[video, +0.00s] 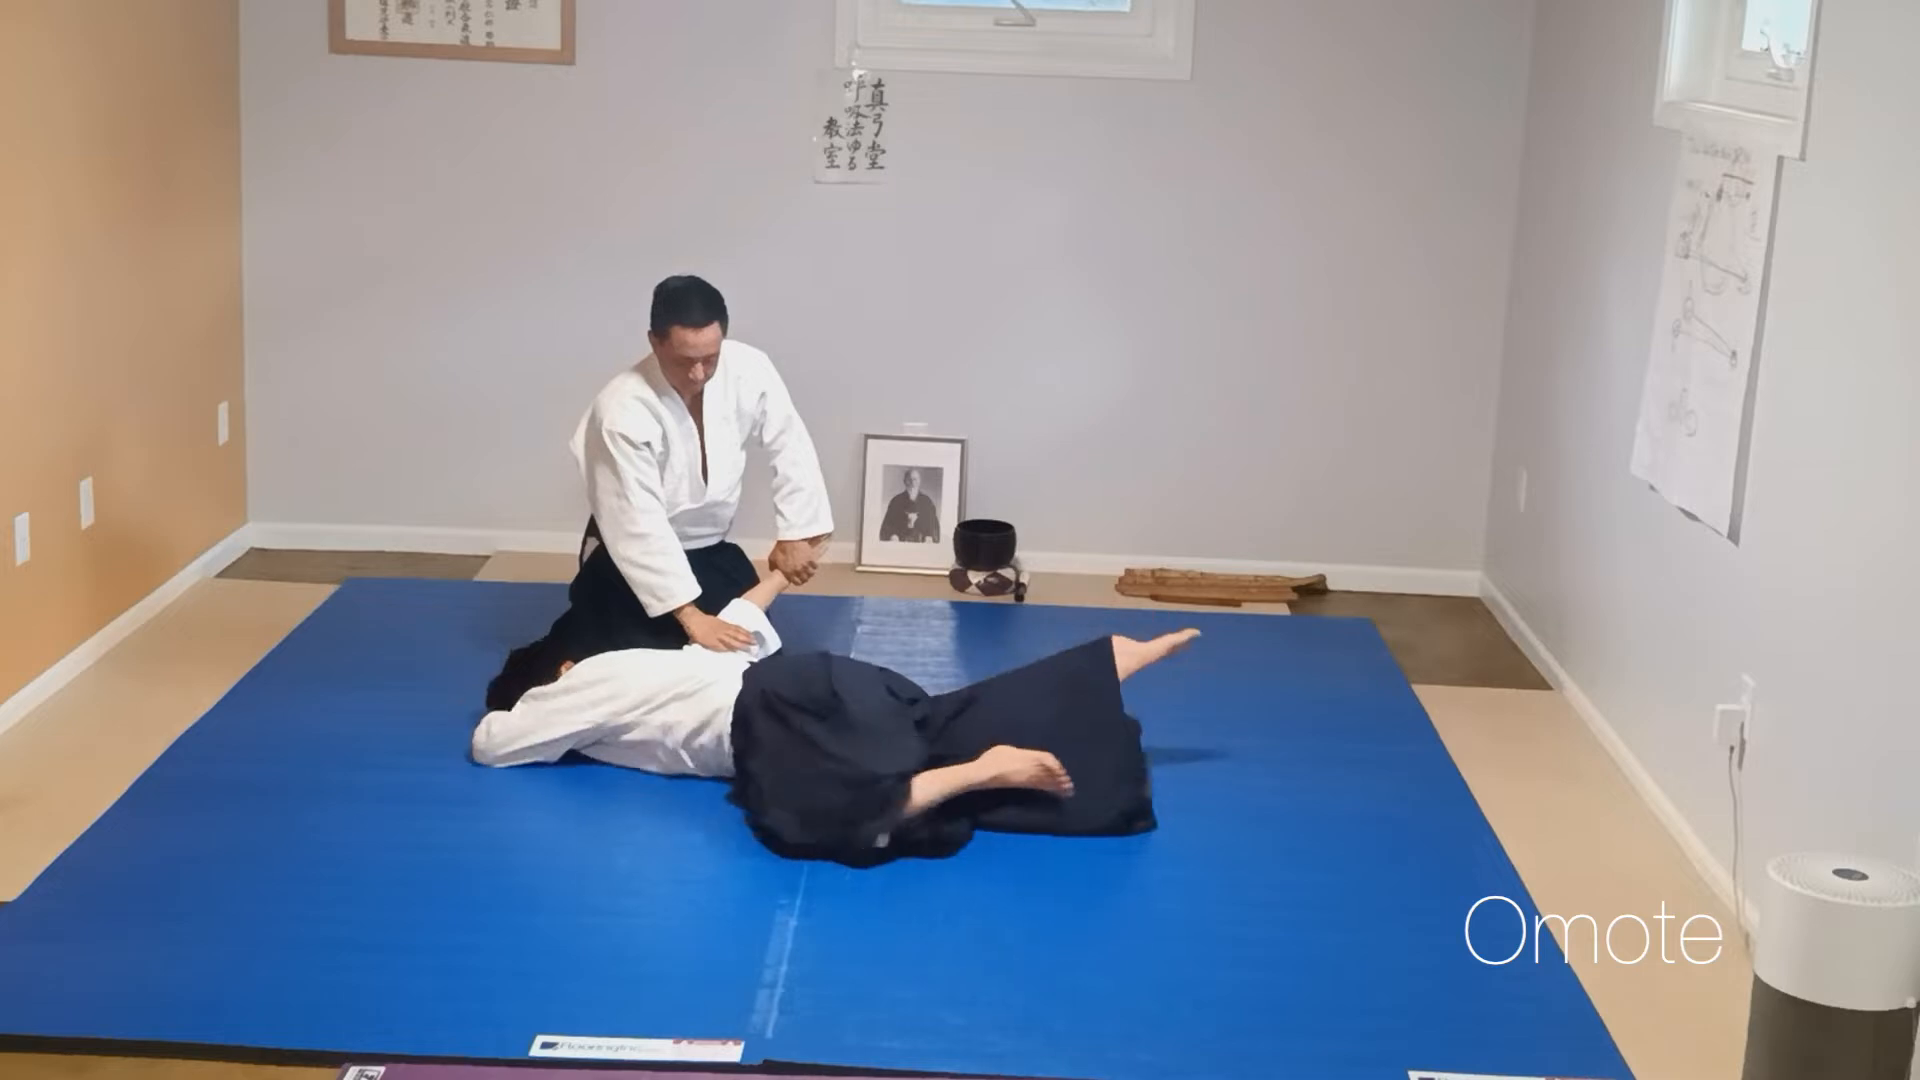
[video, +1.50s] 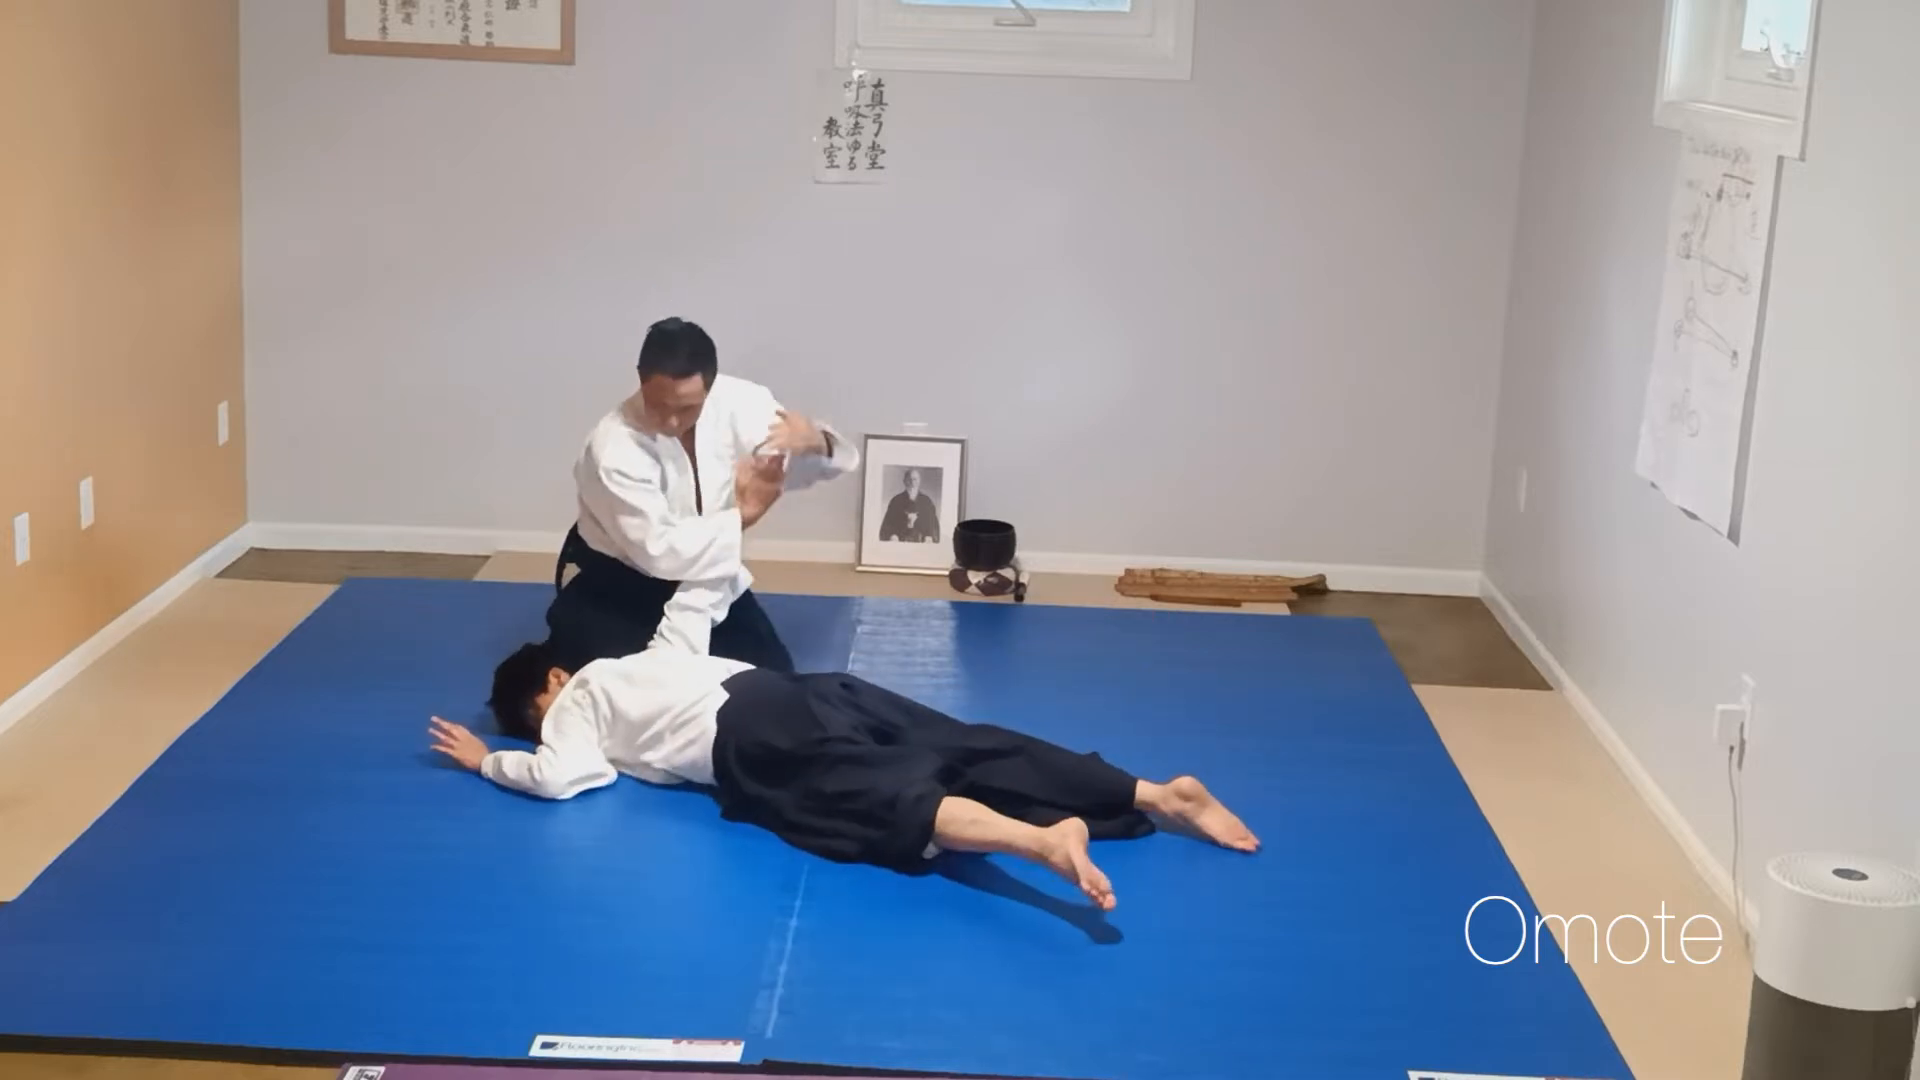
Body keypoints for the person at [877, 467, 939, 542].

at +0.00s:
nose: (912, 482)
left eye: (915, 479)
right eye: (909, 480)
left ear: (919, 481)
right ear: (905, 482)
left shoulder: (926, 501)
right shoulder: (897, 501)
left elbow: (933, 523)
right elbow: (887, 525)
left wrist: (930, 537)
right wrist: (892, 536)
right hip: (899, 544)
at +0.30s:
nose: (913, 482)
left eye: (915, 479)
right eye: (910, 479)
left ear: (919, 481)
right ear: (905, 482)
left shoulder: (926, 501)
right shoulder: (896, 501)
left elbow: (933, 523)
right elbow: (886, 526)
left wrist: (930, 537)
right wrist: (892, 536)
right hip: (899, 543)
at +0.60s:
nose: (913, 482)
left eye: (915, 479)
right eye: (910, 479)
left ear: (919, 481)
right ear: (905, 482)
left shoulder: (926, 501)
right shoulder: (897, 501)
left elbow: (933, 523)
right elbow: (887, 526)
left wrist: (930, 537)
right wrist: (892, 536)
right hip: (899, 543)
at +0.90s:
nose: (912, 482)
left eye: (915, 479)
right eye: (909, 480)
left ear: (919, 481)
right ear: (905, 482)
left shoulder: (926, 501)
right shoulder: (897, 501)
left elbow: (933, 523)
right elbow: (887, 525)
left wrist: (930, 537)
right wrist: (892, 536)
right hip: (899, 544)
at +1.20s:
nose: (912, 482)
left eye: (915, 479)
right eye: (909, 479)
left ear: (919, 481)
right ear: (905, 482)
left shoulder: (926, 501)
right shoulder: (896, 501)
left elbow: (933, 523)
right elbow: (886, 526)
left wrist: (930, 537)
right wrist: (892, 536)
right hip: (899, 544)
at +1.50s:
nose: (912, 482)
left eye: (915, 479)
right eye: (909, 480)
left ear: (919, 481)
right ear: (904, 482)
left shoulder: (926, 501)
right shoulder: (896, 500)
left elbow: (932, 523)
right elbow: (887, 525)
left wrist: (930, 537)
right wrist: (891, 536)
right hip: (899, 543)